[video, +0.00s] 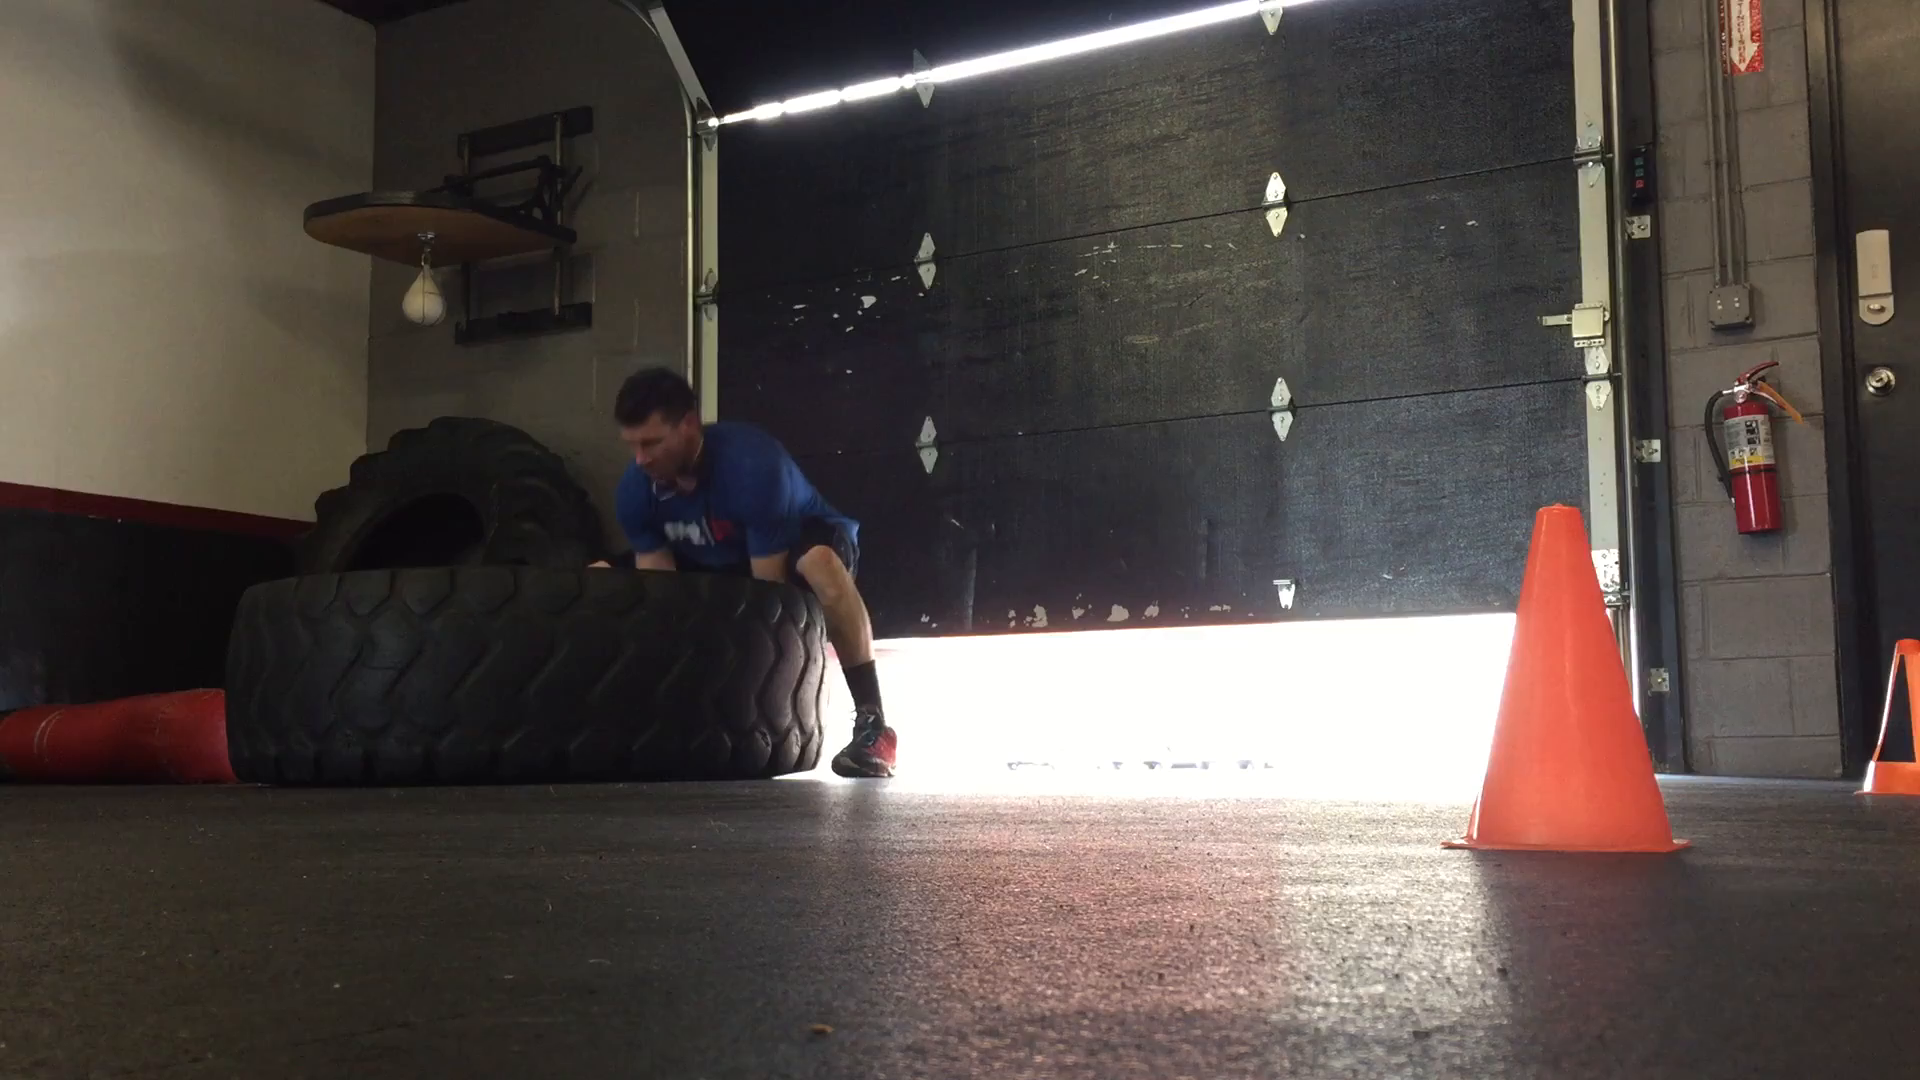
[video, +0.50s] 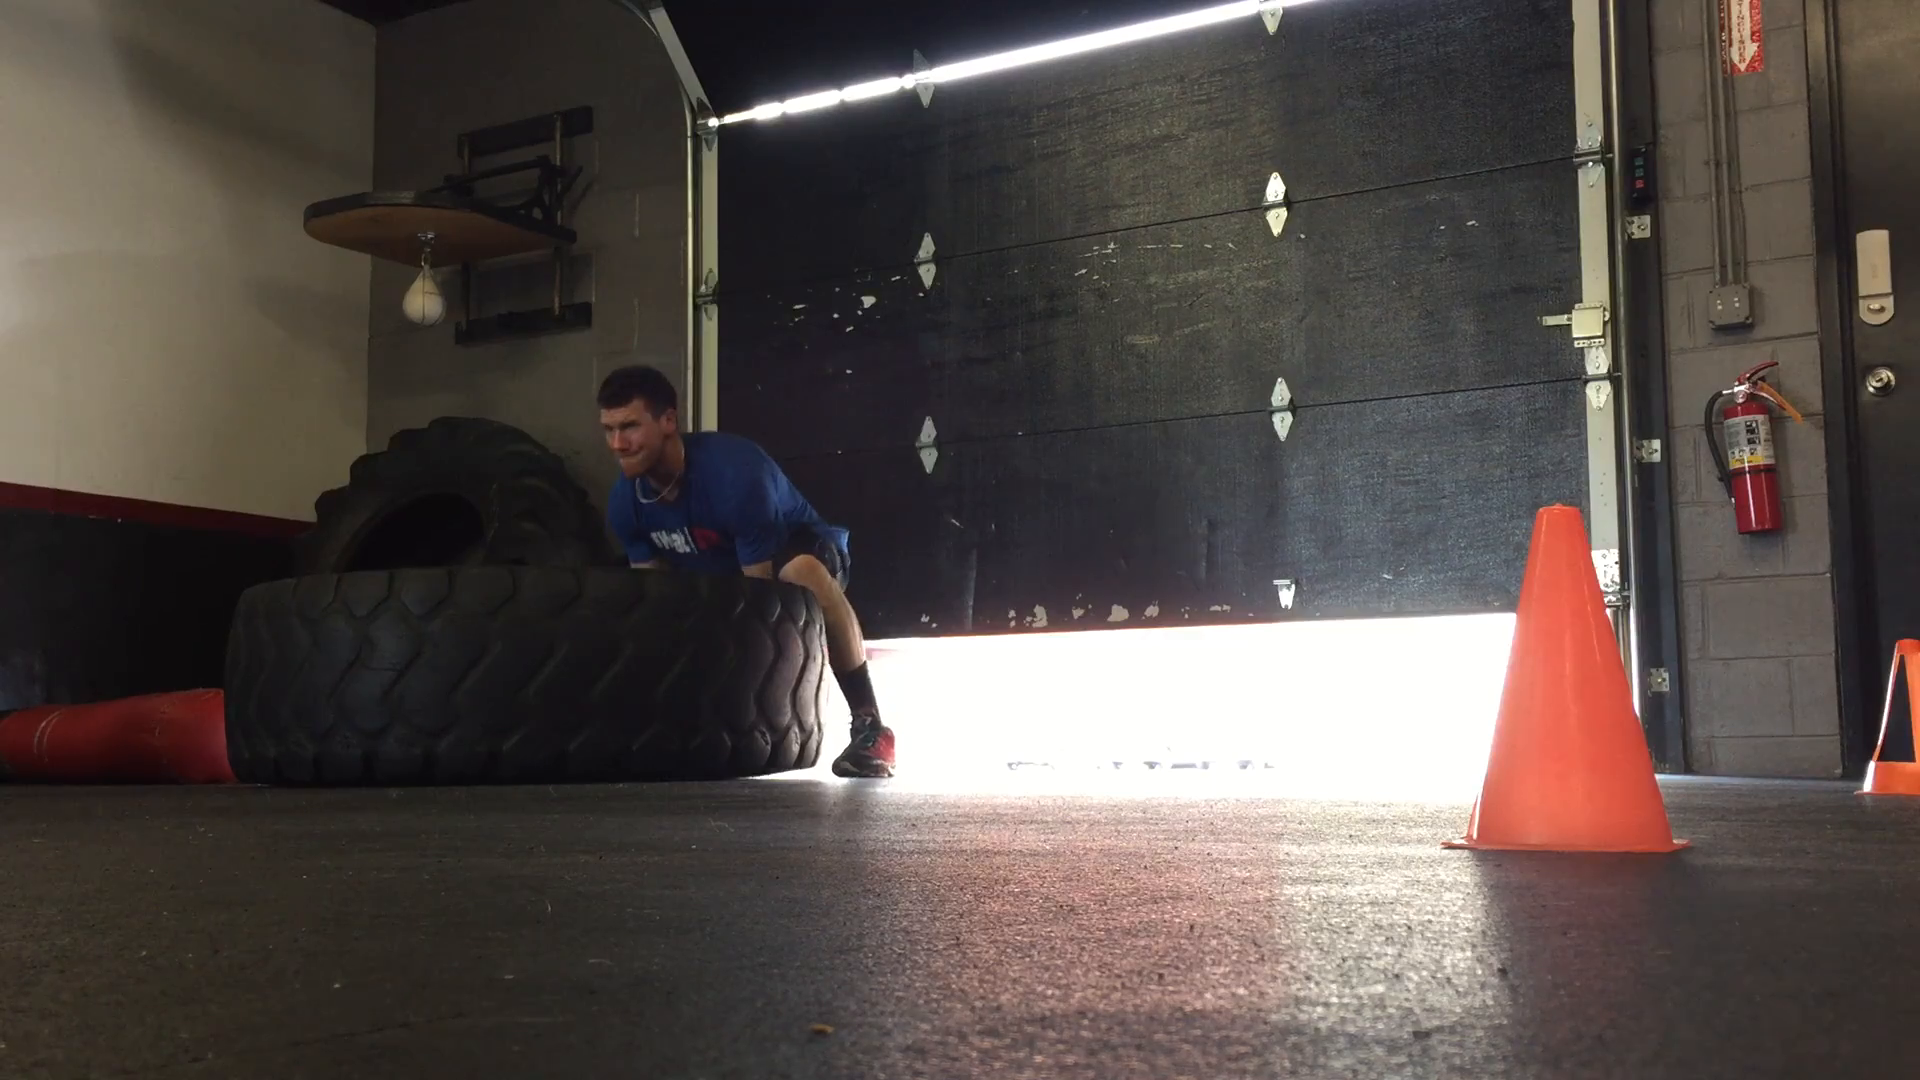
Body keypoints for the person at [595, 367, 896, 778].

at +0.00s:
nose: (640, 460)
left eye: (651, 444)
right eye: (633, 446)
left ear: (689, 427)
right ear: (626, 441)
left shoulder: (754, 462)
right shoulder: (635, 493)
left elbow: (770, 589)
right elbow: (659, 589)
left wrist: (756, 689)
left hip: (796, 544)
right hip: (715, 562)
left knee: (819, 560)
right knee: (601, 575)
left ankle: (872, 725)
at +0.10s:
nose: (630, 466)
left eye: (641, 449)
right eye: (622, 452)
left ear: (679, 433)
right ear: (616, 448)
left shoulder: (744, 468)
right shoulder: (630, 507)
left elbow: (762, 587)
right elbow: (662, 593)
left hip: (797, 546)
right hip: (720, 571)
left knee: (811, 563)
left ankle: (872, 726)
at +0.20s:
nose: (622, 454)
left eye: (634, 437)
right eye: (614, 441)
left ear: (673, 429)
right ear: (609, 440)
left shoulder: (740, 470)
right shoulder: (624, 510)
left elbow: (758, 591)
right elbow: (660, 594)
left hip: (795, 550)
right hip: (717, 574)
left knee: (806, 565)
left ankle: (870, 726)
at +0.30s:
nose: (618, 453)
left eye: (631, 436)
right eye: (610, 440)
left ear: (670, 431)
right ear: (604, 442)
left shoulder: (738, 478)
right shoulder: (619, 514)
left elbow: (755, 598)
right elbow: (655, 596)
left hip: (796, 551)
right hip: (716, 577)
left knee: (799, 567)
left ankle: (869, 726)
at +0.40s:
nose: (617, 456)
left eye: (629, 439)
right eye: (608, 443)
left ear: (667, 433)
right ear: (602, 444)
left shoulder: (736, 477)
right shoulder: (620, 516)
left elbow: (753, 593)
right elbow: (655, 596)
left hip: (794, 557)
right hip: (714, 582)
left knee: (797, 570)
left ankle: (868, 727)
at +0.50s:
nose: (617, 442)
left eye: (629, 427)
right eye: (609, 430)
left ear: (668, 421)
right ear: (604, 432)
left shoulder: (739, 469)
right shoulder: (626, 503)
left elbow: (757, 589)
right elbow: (657, 593)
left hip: (796, 545)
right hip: (717, 570)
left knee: (804, 570)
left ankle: (869, 727)